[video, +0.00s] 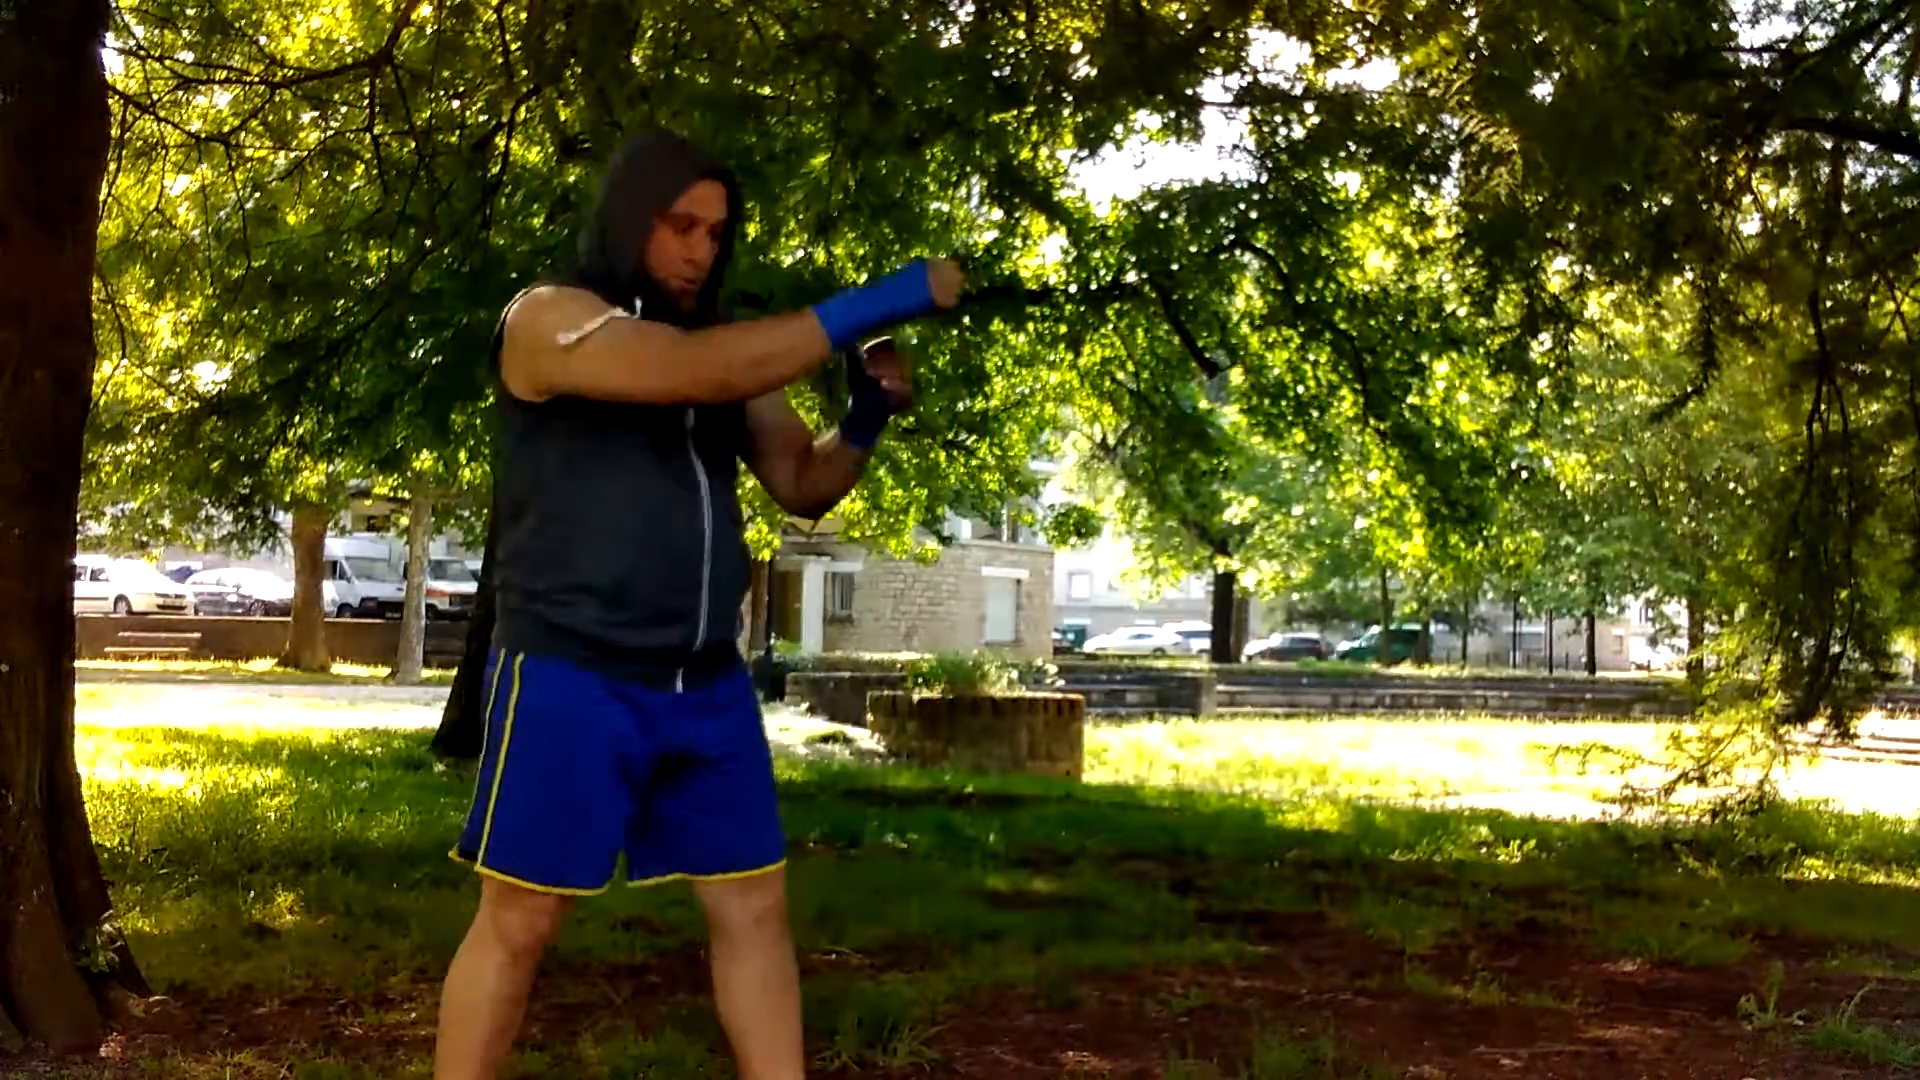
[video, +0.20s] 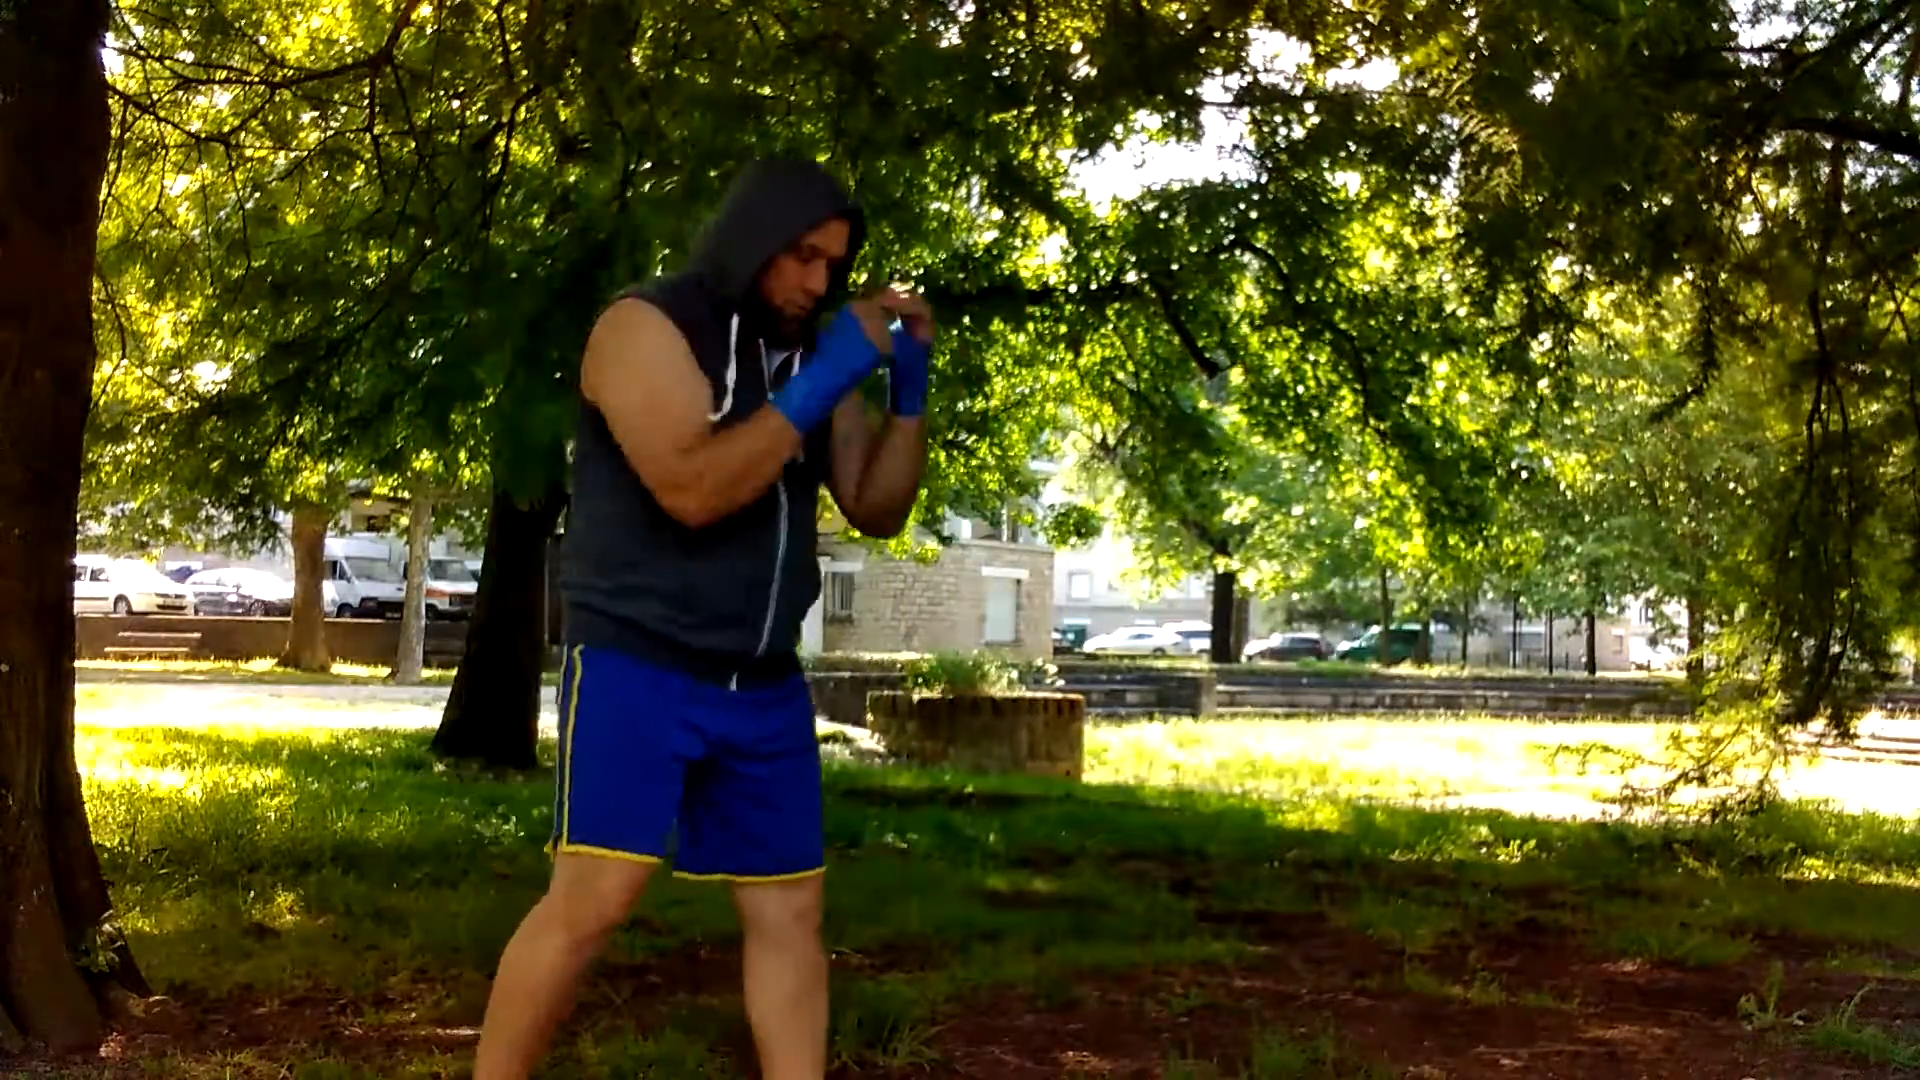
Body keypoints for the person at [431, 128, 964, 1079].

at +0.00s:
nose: (701, 249)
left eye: (715, 232)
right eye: (682, 225)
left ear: (724, 240)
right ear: (626, 218)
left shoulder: (720, 353)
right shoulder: (544, 320)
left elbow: (803, 484)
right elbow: (700, 365)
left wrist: (869, 409)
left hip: (707, 679)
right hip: (566, 671)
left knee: (752, 907)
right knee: (519, 921)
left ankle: (779, 1078)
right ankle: (460, 1075)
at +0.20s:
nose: (821, 284)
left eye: (832, 265)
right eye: (807, 258)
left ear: (833, 264)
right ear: (750, 241)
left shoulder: (805, 359)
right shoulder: (638, 329)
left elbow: (877, 510)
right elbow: (692, 487)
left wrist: (909, 382)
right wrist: (827, 374)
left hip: (763, 679)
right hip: (638, 670)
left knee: (789, 909)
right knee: (592, 899)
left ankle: (797, 1077)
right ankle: (496, 1070)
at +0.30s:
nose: (852, 291)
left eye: (865, 273)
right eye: (840, 265)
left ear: (868, 276)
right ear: (786, 248)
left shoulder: (835, 370)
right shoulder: (662, 335)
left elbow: (879, 529)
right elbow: (664, 507)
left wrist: (928, 432)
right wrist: (817, 460)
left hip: (777, 675)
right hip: (650, 664)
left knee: (811, 905)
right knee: (600, 907)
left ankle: (806, 1078)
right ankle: (517, 1072)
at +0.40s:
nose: (864, 297)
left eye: (877, 282)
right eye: (850, 271)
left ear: (877, 286)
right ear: (794, 252)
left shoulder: (840, 372)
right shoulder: (679, 329)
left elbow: (880, 536)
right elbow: (694, 503)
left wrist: (933, 434)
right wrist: (829, 423)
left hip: (779, 679)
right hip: (651, 668)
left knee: (817, 907)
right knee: (597, 914)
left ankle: (808, 1078)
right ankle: (514, 1073)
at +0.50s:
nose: (864, 302)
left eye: (878, 290)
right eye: (855, 276)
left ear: (880, 293)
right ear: (804, 250)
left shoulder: (833, 378)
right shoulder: (703, 312)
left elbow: (894, 519)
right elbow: (856, 381)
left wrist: (943, 391)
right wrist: (995, 290)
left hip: (781, 685)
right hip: (646, 671)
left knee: (828, 905)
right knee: (582, 917)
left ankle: (810, 1078)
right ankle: (501, 1073)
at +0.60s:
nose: (857, 299)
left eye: (874, 285)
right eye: (845, 270)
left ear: (880, 288)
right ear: (793, 247)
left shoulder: (848, 378)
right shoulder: (689, 308)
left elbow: (903, 525)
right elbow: (835, 374)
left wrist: (947, 391)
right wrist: (993, 288)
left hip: (782, 682)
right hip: (645, 667)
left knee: (827, 906)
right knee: (587, 913)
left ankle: (810, 1078)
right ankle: (500, 1071)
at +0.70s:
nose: (859, 298)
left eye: (875, 282)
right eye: (843, 271)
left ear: (882, 284)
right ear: (787, 250)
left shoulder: (850, 375)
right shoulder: (666, 321)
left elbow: (905, 532)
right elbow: (726, 464)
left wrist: (942, 393)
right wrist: (861, 343)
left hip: (779, 684)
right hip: (644, 673)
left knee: (824, 909)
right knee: (584, 922)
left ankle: (810, 1077)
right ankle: (503, 1074)